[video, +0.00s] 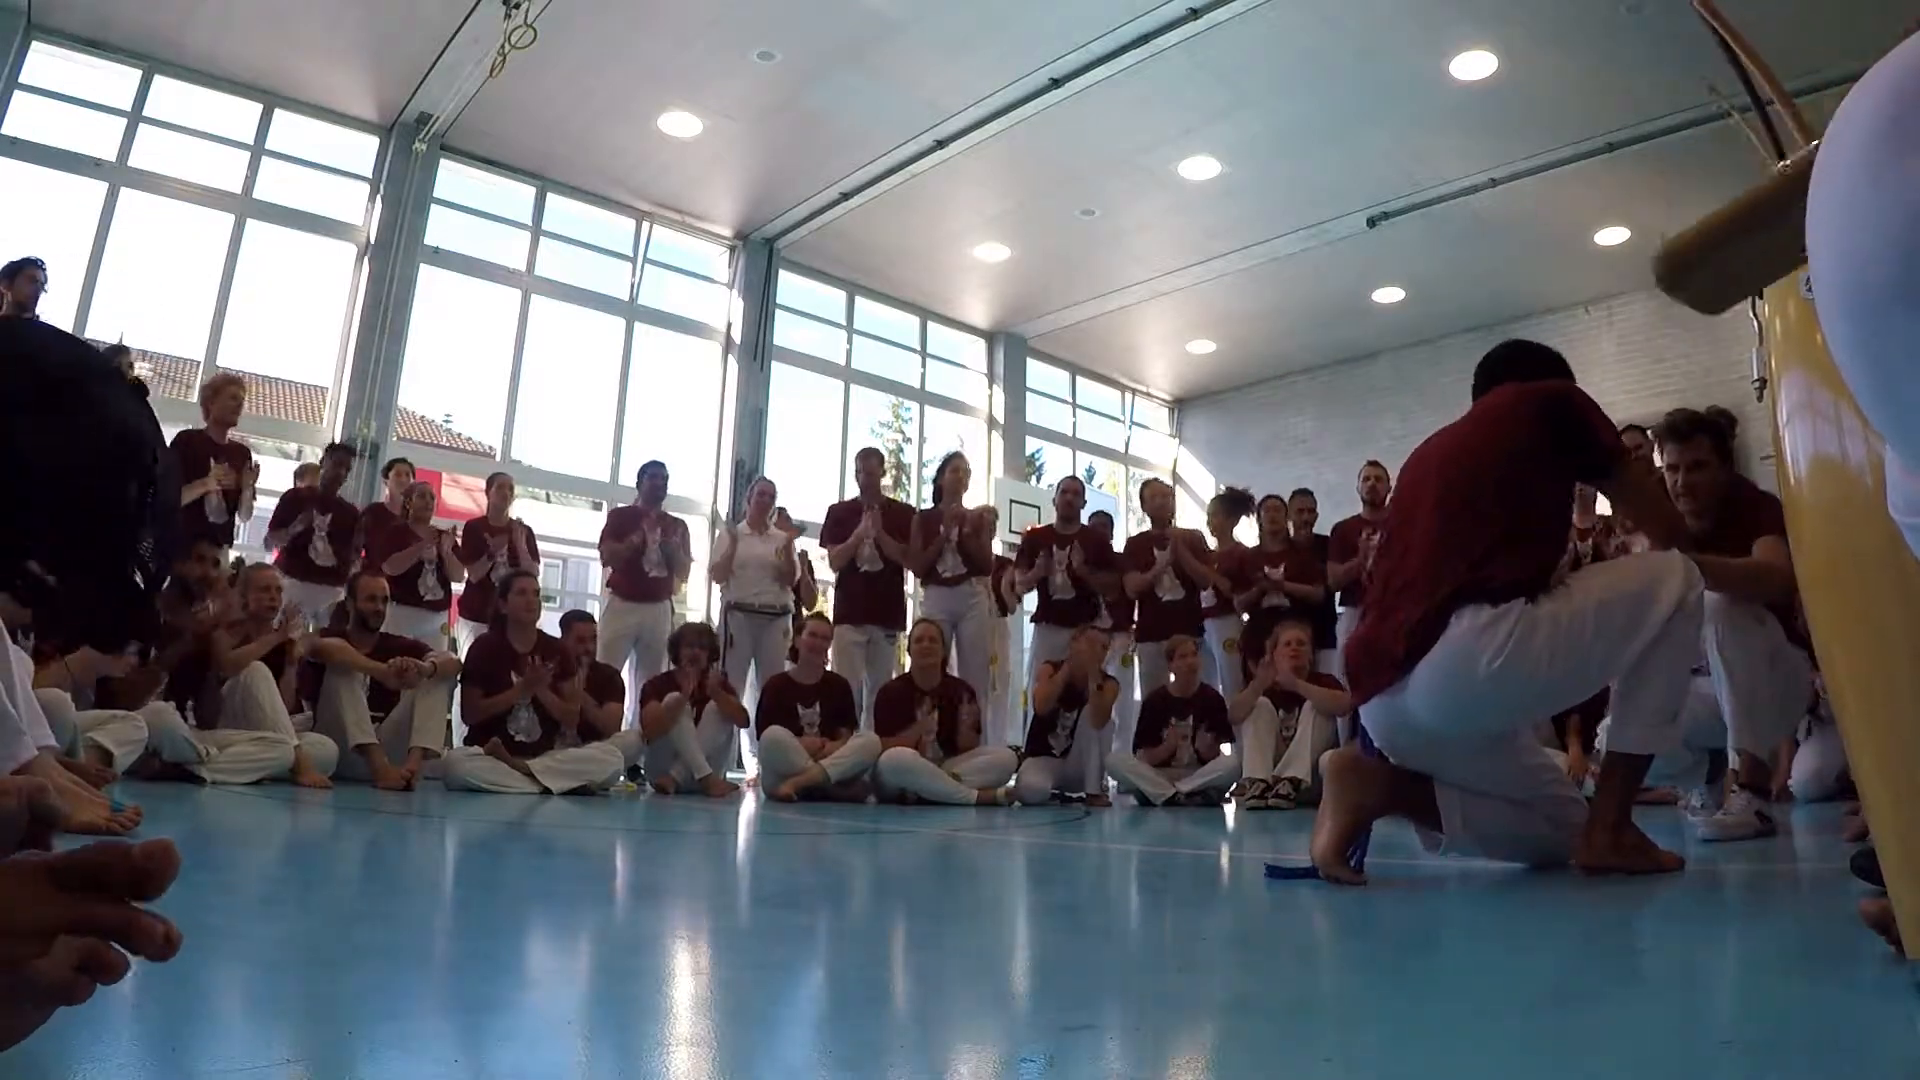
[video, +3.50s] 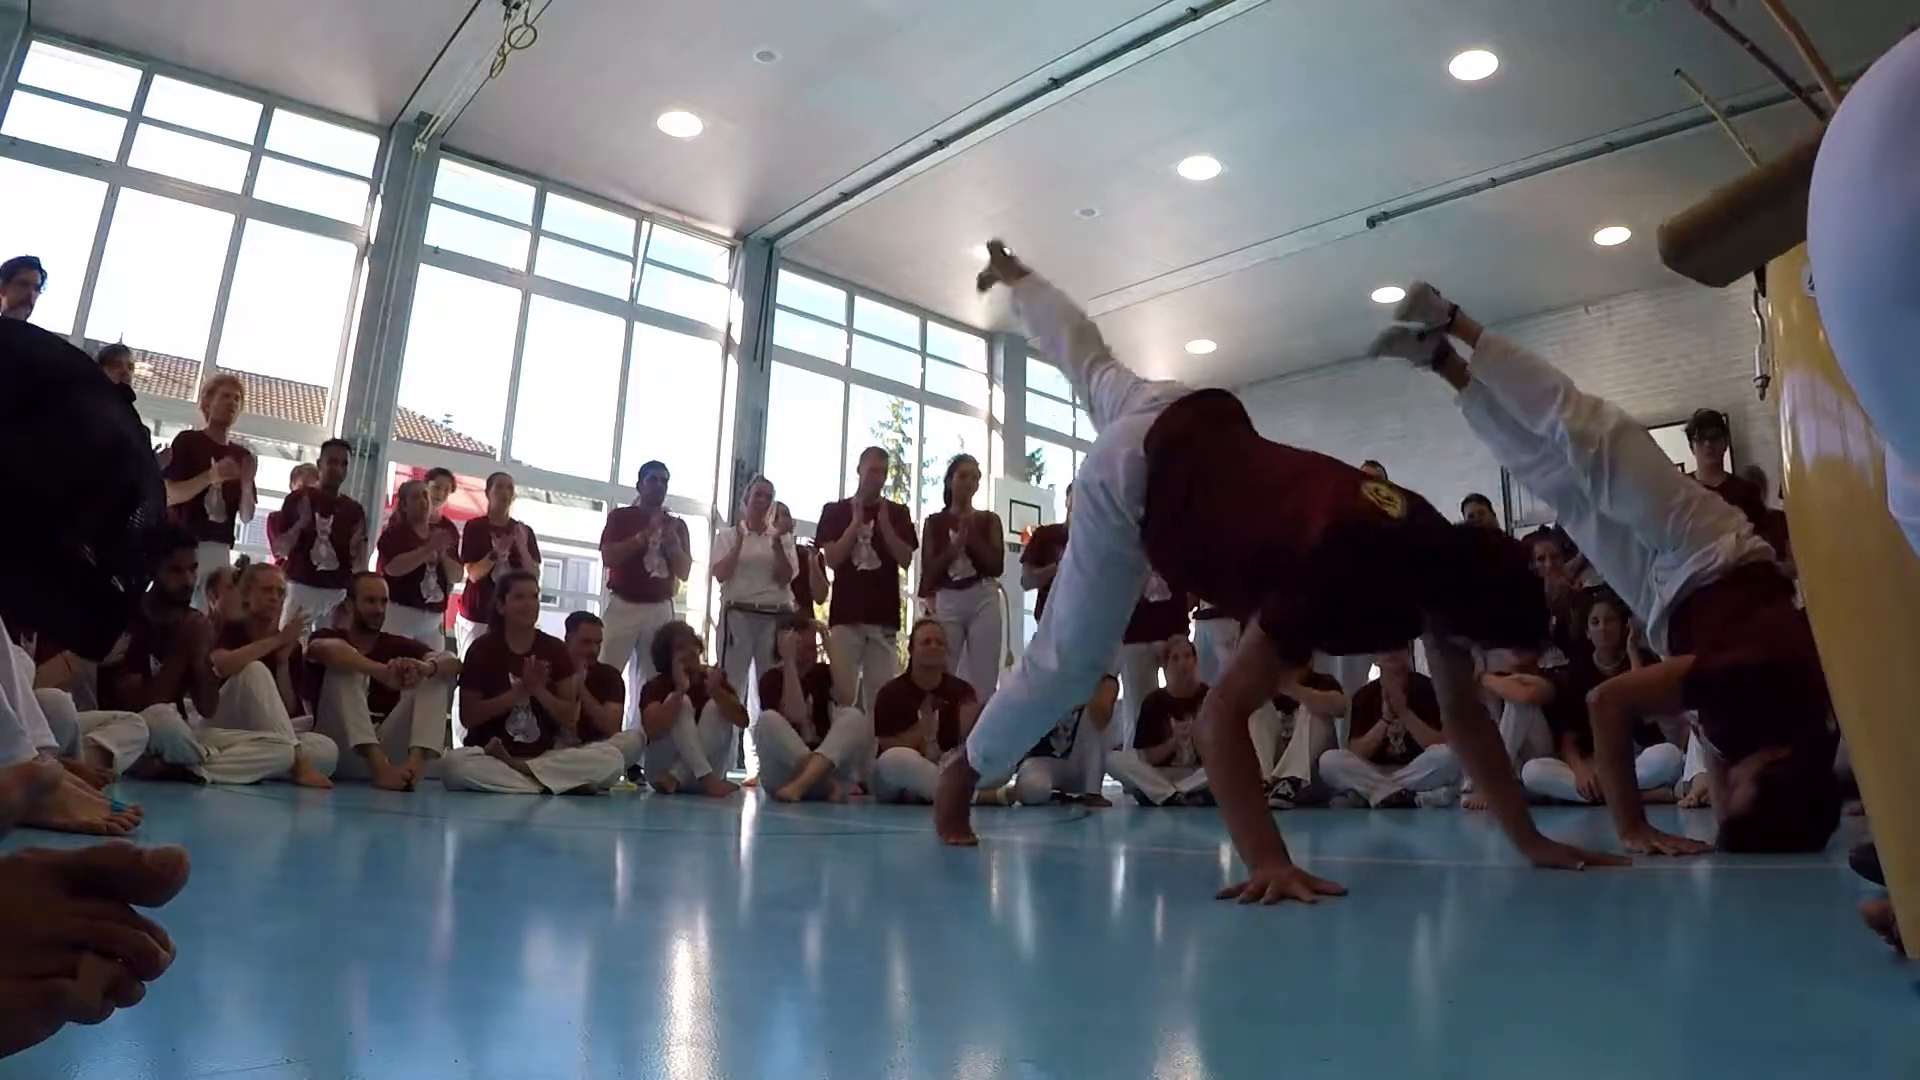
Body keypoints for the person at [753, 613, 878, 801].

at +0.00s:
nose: (818, 643)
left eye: (825, 639)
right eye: (813, 636)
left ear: (830, 645)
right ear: (797, 639)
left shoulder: (839, 685)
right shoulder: (776, 684)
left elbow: (846, 737)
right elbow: (764, 737)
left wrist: (832, 747)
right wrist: (800, 744)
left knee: (871, 741)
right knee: (773, 736)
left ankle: (797, 784)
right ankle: (835, 789)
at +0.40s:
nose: (817, 642)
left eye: (824, 638)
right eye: (811, 635)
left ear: (829, 645)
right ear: (796, 639)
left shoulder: (837, 685)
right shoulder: (774, 684)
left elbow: (848, 733)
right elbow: (764, 736)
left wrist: (826, 736)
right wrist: (801, 731)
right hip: (783, 776)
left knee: (865, 732)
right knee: (776, 728)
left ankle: (796, 784)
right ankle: (836, 789)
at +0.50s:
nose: (817, 644)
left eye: (823, 640)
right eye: (811, 636)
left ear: (828, 646)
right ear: (796, 639)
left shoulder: (836, 685)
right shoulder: (774, 683)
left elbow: (848, 731)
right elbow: (764, 733)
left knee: (863, 729)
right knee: (778, 723)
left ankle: (795, 784)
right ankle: (837, 788)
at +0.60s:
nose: (817, 644)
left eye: (823, 641)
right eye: (811, 637)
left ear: (828, 647)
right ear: (796, 639)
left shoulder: (835, 683)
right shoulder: (774, 682)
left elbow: (842, 733)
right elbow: (769, 733)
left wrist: (834, 710)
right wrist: (802, 713)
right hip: (784, 775)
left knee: (861, 725)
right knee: (780, 719)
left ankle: (795, 783)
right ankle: (835, 787)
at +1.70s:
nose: (823, 645)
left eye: (830, 640)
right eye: (817, 637)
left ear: (835, 646)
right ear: (801, 638)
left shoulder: (841, 680)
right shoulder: (782, 678)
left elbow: (854, 723)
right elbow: (778, 730)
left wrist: (833, 683)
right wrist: (816, 693)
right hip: (785, 776)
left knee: (866, 729)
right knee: (765, 722)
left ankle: (797, 784)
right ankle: (832, 785)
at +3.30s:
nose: (817, 646)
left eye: (819, 639)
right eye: (809, 642)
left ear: (822, 640)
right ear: (790, 647)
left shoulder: (833, 673)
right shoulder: (776, 681)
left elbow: (847, 705)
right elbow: (803, 732)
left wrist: (826, 663)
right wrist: (805, 680)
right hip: (787, 778)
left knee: (854, 720)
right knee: (769, 717)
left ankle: (794, 784)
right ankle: (829, 785)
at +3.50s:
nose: (812, 650)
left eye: (814, 646)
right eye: (806, 646)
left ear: (817, 646)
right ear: (784, 648)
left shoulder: (823, 672)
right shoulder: (771, 678)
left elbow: (846, 698)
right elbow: (797, 715)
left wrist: (829, 646)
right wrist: (789, 661)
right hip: (785, 778)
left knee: (854, 717)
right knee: (768, 719)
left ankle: (801, 784)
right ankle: (829, 785)